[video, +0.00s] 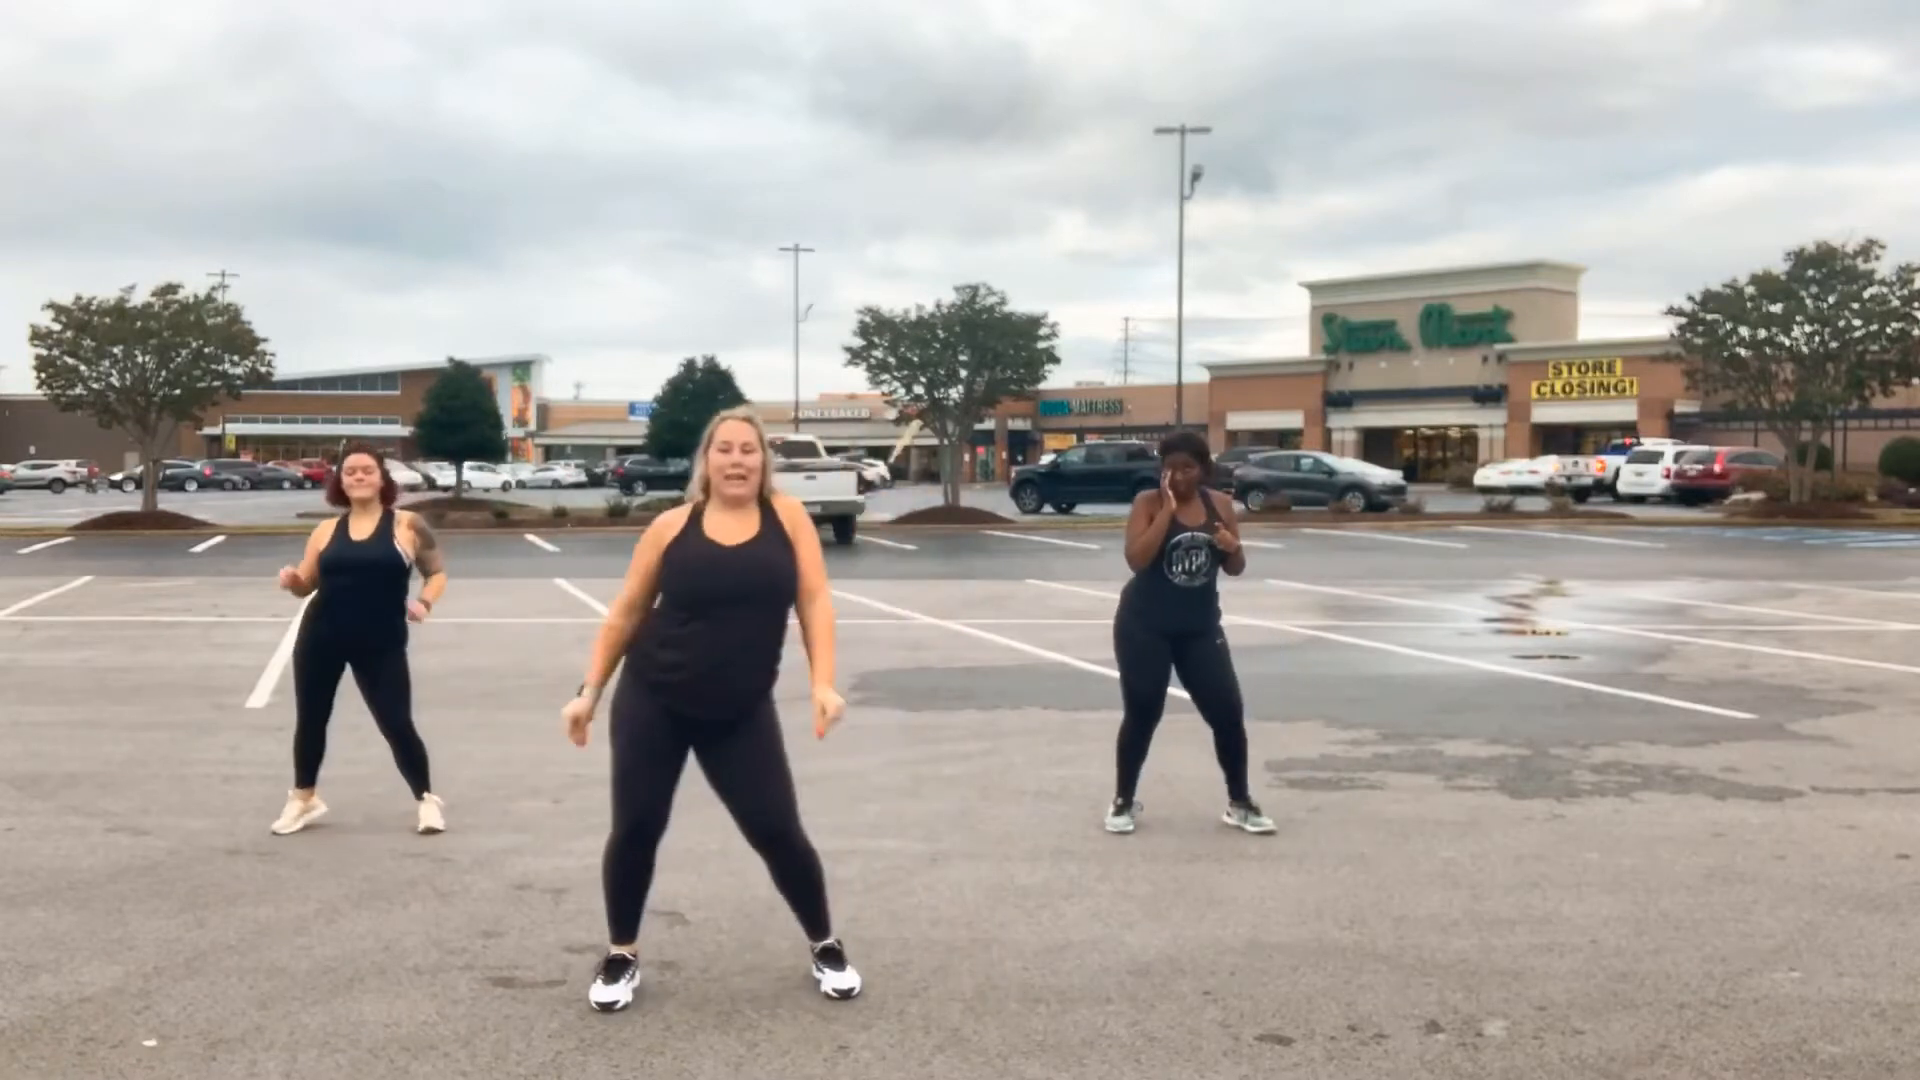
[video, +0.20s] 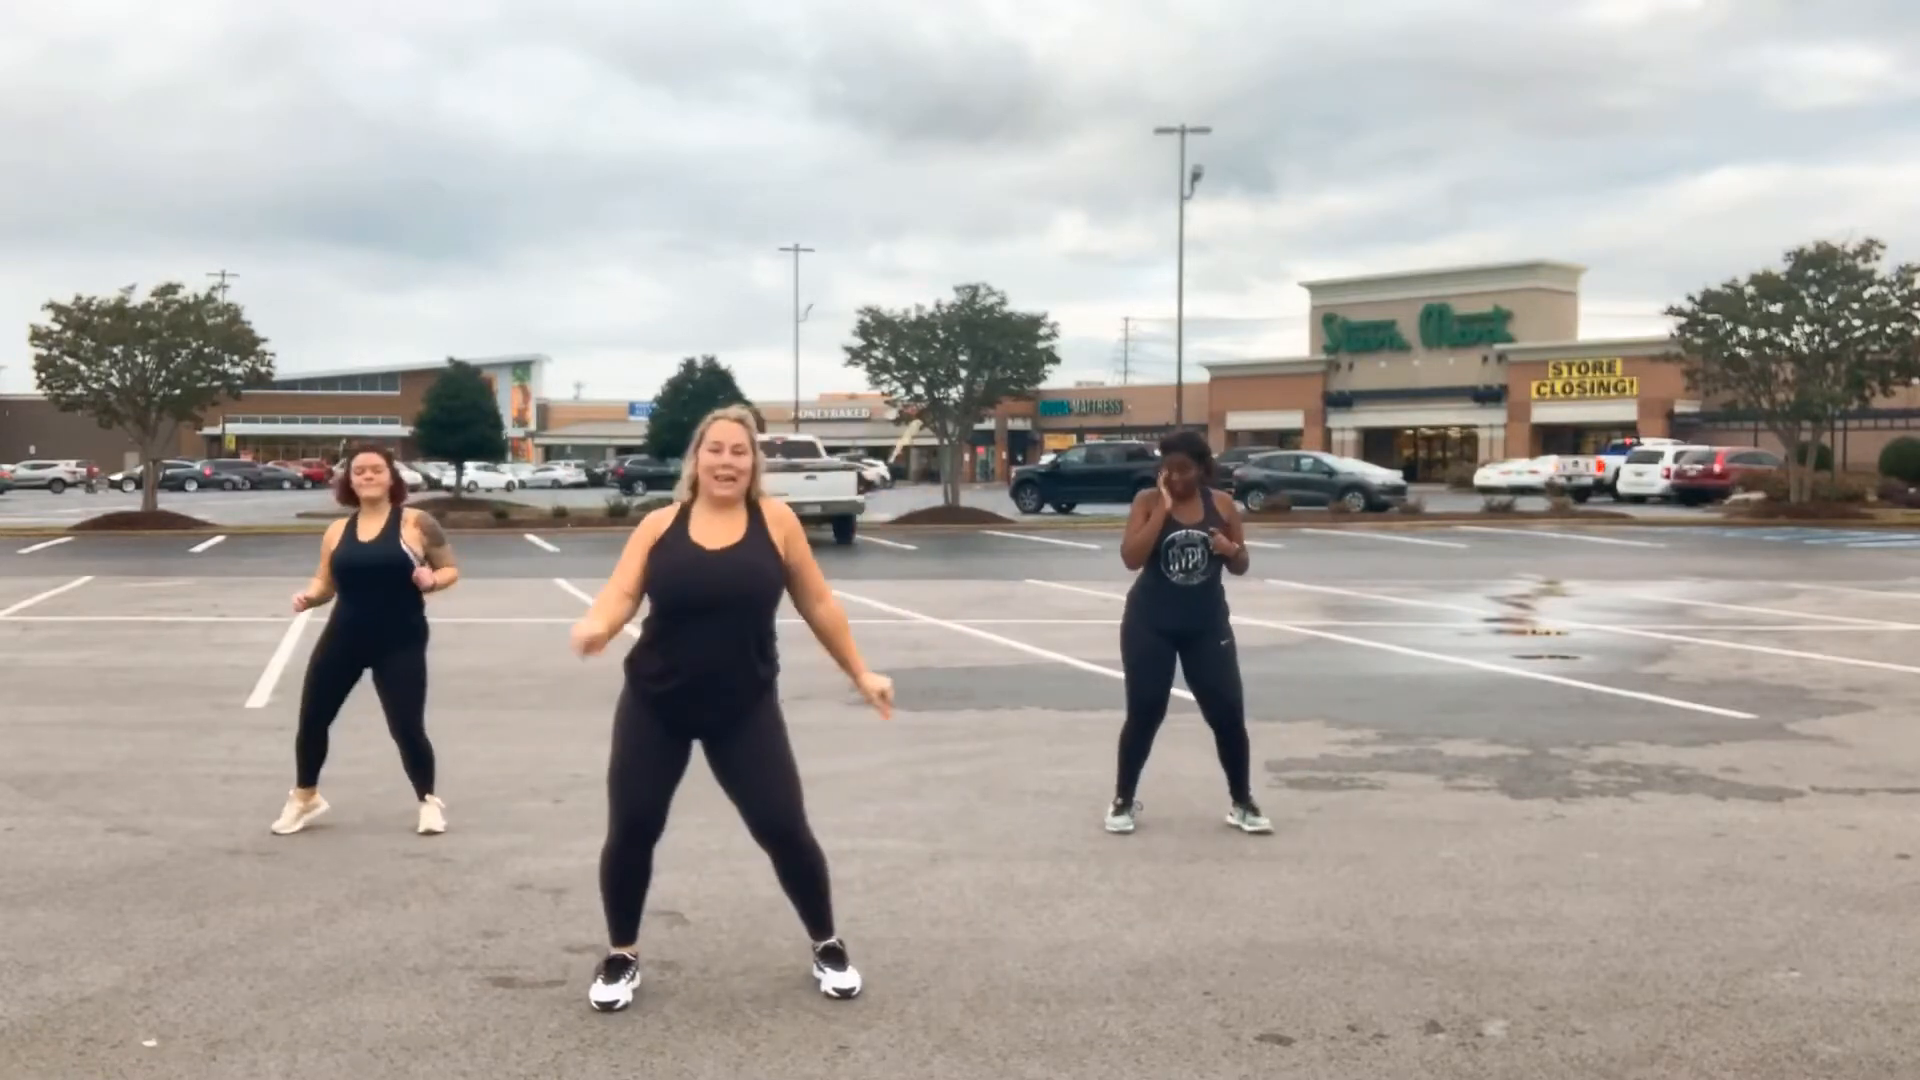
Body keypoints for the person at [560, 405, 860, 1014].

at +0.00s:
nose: (736, 460)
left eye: (748, 449)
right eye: (724, 449)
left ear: (764, 460)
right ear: (704, 459)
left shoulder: (788, 520)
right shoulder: (670, 527)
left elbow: (814, 599)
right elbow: (626, 611)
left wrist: (822, 681)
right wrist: (590, 690)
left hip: (739, 709)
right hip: (652, 703)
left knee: (779, 834)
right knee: (635, 829)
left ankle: (825, 947)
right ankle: (621, 953)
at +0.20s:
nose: (726, 460)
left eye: (739, 451)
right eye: (715, 448)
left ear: (754, 462)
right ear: (695, 457)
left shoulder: (776, 521)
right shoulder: (659, 526)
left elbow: (817, 602)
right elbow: (621, 592)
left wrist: (860, 672)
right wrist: (599, 625)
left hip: (745, 706)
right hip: (655, 703)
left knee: (786, 831)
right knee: (630, 831)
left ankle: (826, 947)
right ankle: (621, 955)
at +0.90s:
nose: (759, 470)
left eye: (771, 459)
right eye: (748, 458)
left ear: (789, 463)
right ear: (730, 463)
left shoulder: (818, 519)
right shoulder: (701, 526)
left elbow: (857, 597)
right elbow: (671, 615)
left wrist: (892, 628)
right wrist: (603, 668)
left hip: (790, 703)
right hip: (702, 699)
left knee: (807, 832)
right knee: (649, 821)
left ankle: (829, 951)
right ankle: (606, 942)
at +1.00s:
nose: (746, 458)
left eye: (757, 447)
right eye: (734, 447)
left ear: (776, 453)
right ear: (716, 454)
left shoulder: (806, 512)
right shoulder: (687, 517)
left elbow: (852, 583)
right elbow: (647, 597)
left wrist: (897, 580)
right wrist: (563, 612)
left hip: (769, 697)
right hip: (680, 694)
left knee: (793, 828)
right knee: (644, 823)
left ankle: (828, 948)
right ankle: (604, 948)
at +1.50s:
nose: (739, 463)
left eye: (751, 453)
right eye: (728, 452)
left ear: (768, 464)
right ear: (709, 464)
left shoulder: (797, 533)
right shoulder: (678, 528)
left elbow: (835, 621)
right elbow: (637, 623)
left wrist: (856, 585)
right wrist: (652, 595)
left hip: (780, 713)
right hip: (690, 711)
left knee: (808, 839)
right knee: (653, 835)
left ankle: (830, 952)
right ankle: (607, 955)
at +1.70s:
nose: (776, 438)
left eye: (788, 429)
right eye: (764, 429)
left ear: (805, 444)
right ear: (744, 444)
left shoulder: (832, 508)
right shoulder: (715, 507)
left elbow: (886, 584)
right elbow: (646, 558)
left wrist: (853, 527)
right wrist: (684, 616)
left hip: (814, 694)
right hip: (731, 691)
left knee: (820, 820)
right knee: (719, 819)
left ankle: (831, 947)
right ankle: (685, 938)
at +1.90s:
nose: (793, 460)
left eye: (804, 451)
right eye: (781, 451)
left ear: (822, 466)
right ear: (762, 468)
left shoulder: (850, 532)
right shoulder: (735, 533)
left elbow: (898, 611)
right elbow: (662, 582)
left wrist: (844, 553)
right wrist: (708, 644)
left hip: (834, 713)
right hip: (755, 712)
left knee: (836, 832)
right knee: (774, 834)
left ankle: (833, 949)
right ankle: (756, 951)